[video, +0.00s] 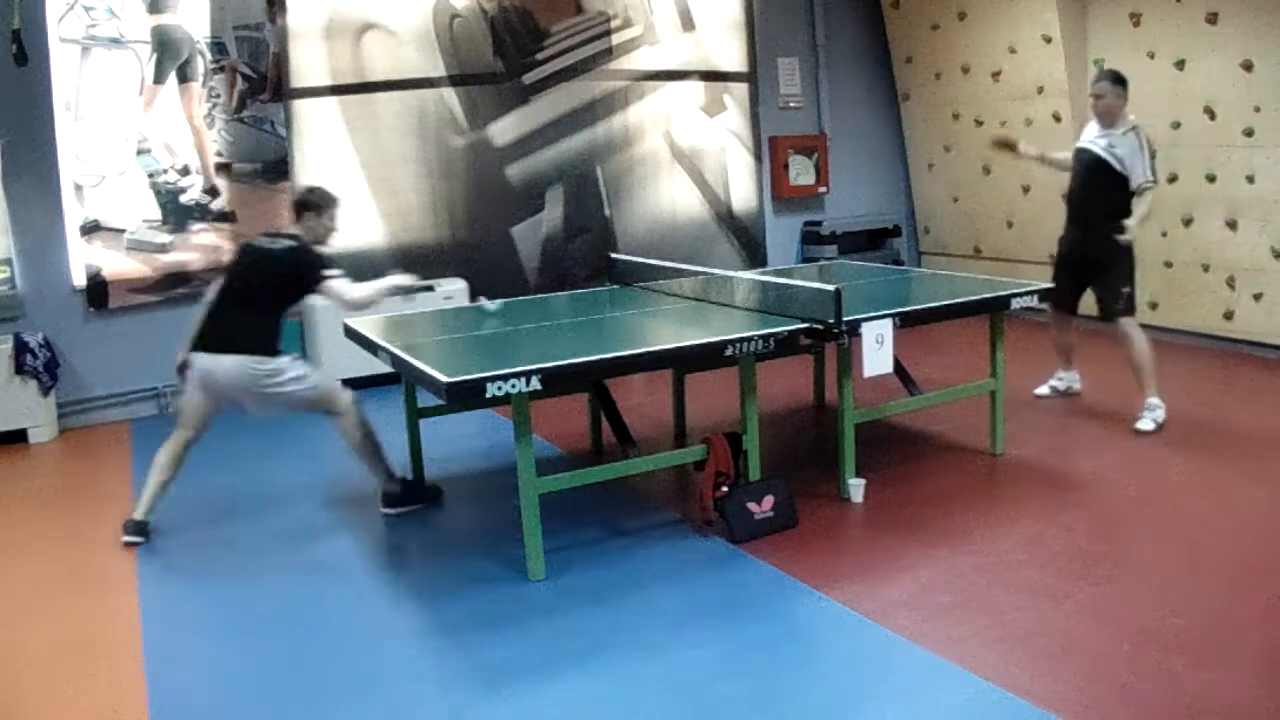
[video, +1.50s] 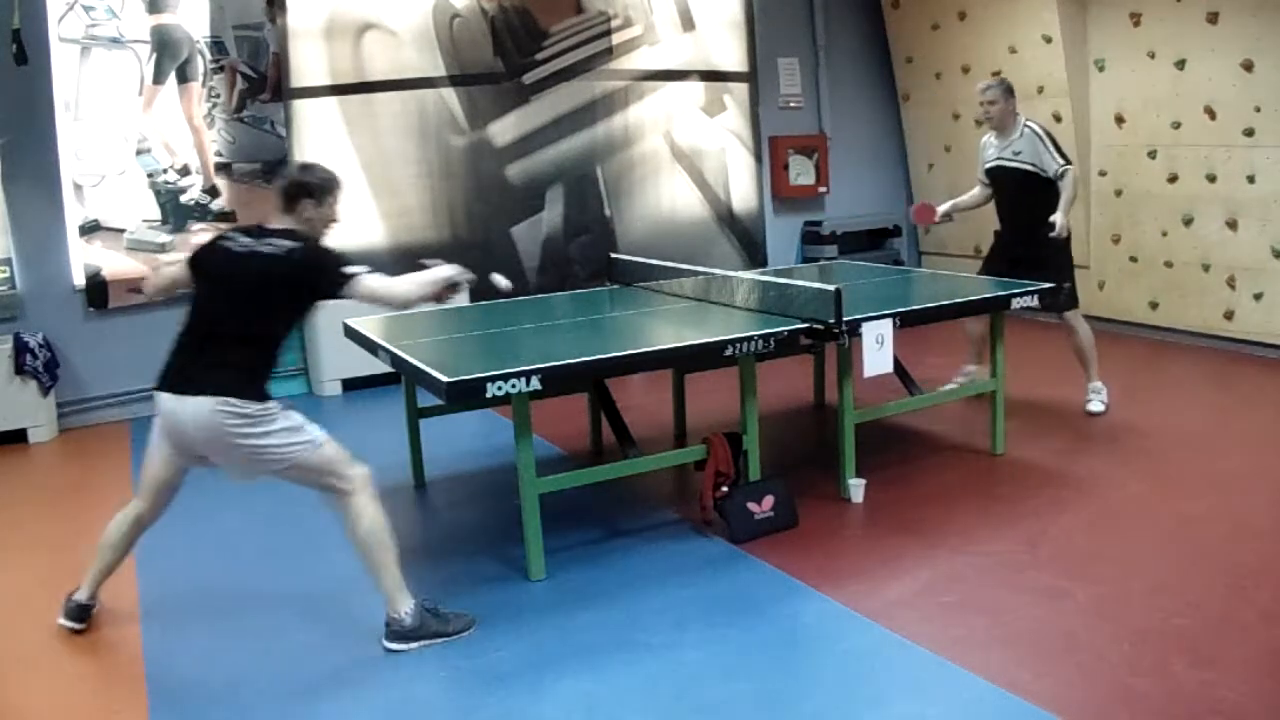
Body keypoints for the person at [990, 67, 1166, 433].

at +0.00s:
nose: (1094, 104)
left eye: (1101, 97)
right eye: (1091, 97)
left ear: (1121, 99)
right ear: (1092, 99)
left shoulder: (1134, 137)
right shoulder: (1092, 130)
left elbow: (1146, 191)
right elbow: (1075, 163)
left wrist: (1134, 224)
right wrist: (1032, 154)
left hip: (1112, 243)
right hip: (1076, 239)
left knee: (1123, 320)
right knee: (1061, 310)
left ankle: (1152, 401)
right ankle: (1067, 374)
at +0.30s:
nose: (1057, 101)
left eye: (1063, 94)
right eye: (1055, 95)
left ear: (1084, 95)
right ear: (1062, 97)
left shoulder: (1109, 130)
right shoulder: (1062, 135)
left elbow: (1132, 176)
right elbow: (1055, 181)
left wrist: (1109, 208)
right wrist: (1020, 204)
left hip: (1104, 240)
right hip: (1067, 239)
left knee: (1117, 318)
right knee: (1060, 311)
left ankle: (1141, 392)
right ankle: (1066, 374)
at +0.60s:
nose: (998, 127)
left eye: (1002, 120)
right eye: (997, 121)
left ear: (1021, 117)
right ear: (1012, 121)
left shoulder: (1048, 140)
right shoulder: (1017, 162)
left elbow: (1068, 169)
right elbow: (996, 203)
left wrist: (1029, 197)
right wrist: (946, 215)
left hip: (1079, 250)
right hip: (1045, 250)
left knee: (1100, 326)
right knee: (999, 308)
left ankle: (1139, 392)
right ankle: (968, 371)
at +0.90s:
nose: (923, 138)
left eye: (928, 131)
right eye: (922, 132)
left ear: (950, 130)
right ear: (937, 135)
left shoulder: (979, 151)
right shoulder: (939, 172)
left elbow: (1023, 169)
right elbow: (906, 201)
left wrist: (1022, 196)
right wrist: (853, 210)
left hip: (1027, 245)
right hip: (990, 251)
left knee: (1065, 315)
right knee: (946, 307)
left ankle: (1112, 387)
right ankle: (944, 380)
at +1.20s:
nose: (937, 125)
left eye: (942, 118)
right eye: (934, 120)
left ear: (964, 116)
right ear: (936, 123)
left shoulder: (992, 143)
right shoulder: (939, 160)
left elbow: (1033, 171)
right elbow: (912, 197)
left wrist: (1039, 203)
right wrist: (868, 201)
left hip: (1022, 243)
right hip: (981, 247)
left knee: (1057, 312)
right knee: (944, 306)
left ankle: (1097, 381)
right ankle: (944, 379)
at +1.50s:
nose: (984, 111)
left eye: (990, 104)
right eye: (981, 105)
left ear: (1011, 104)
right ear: (981, 109)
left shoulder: (1033, 134)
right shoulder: (988, 143)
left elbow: (1067, 172)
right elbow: (986, 189)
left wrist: (1062, 213)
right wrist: (950, 206)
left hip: (1047, 239)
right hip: (1009, 240)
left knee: (1068, 313)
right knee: (977, 304)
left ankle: (1094, 384)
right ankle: (977, 372)